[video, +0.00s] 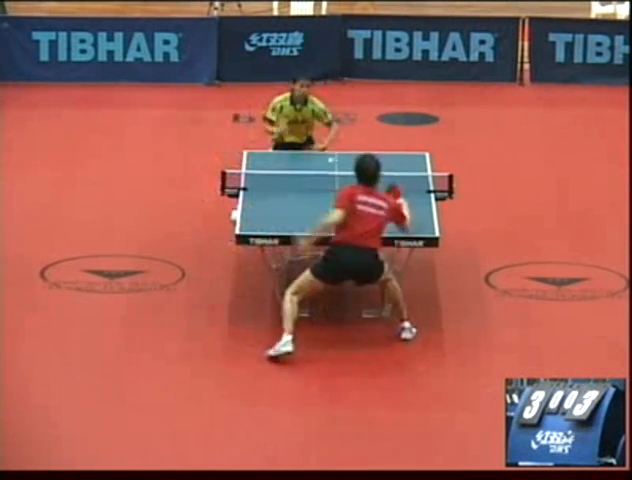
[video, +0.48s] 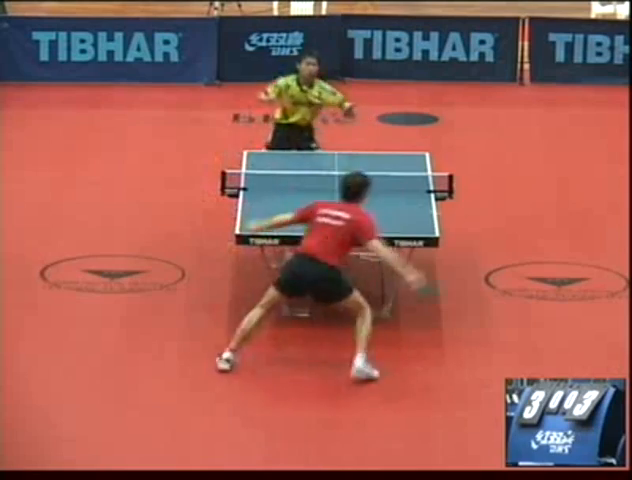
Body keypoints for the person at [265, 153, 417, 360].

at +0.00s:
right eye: (374, 172)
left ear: (357, 174)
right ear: (378, 176)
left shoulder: (350, 194)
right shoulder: (386, 201)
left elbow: (337, 218)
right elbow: (404, 223)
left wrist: (310, 239)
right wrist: (400, 200)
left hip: (340, 253)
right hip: (368, 255)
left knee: (293, 293)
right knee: (388, 280)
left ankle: (286, 338)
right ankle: (406, 325)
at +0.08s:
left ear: (344, 170)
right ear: (366, 171)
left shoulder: (334, 191)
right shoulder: (377, 197)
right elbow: (397, 226)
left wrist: (300, 211)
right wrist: (395, 210)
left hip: (334, 252)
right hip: (363, 253)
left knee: (292, 295)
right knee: (384, 286)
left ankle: (291, 343)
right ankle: (405, 325)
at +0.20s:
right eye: (350, 162)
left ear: (331, 164)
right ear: (353, 166)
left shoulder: (316, 185)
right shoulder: (363, 191)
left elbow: (289, 209)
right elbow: (386, 223)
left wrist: (306, 210)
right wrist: (381, 210)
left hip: (317, 248)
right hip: (348, 250)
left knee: (286, 293)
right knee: (373, 293)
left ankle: (289, 346)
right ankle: (395, 331)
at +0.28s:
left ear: (324, 167)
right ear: (347, 168)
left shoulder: (309, 187)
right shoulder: (356, 193)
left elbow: (290, 220)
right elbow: (377, 227)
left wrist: (301, 218)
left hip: (310, 247)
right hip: (340, 249)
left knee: (275, 290)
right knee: (368, 291)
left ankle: (269, 343)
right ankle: (385, 341)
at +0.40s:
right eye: (348, 182)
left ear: (324, 183)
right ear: (347, 186)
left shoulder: (307, 204)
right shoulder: (349, 213)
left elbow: (283, 226)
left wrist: (278, 235)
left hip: (296, 262)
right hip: (326, 266)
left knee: (261, 308)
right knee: (361, 300)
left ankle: (230, 354)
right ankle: (372, 344)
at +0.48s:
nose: (365, 196)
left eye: (362, 190)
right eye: (365, 192)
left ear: (343, 190)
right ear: (363, 195)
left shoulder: (321, 208)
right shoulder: (360, 218)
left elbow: (285, 220)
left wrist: (258, 228)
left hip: (299, 263)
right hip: (327, 271)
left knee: (263, 306)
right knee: (363, 311)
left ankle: (229, 352)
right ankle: (360, 362)